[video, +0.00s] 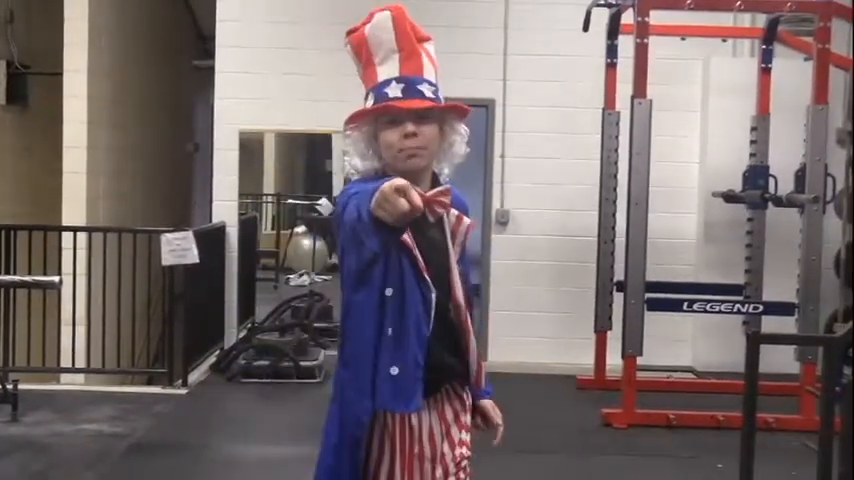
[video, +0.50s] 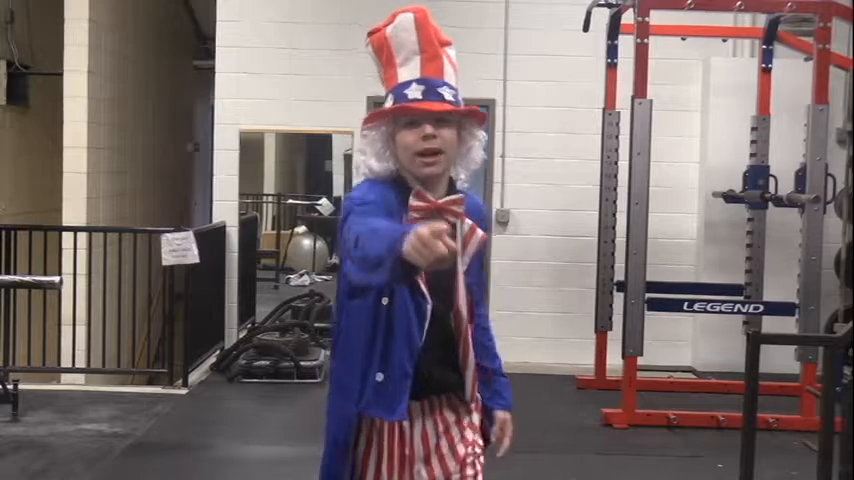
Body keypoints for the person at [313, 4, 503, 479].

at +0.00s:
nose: (409, 133)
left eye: (423, 120)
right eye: (392, 123)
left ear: (444, 132)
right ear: (372, 138)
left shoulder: (452, 206)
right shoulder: (359, 196)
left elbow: (462, 306)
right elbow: (360, 207)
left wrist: (478, 390)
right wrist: (385, 205)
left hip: (450, 404)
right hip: (389, 410)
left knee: (452, 473)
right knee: (392, 473)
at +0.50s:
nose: (428, 133)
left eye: (442, 121)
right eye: (411, 123)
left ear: (462, 136)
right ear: (389, 140)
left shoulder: (472, 211)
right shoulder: (370, 201)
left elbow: (475, 313)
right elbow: (363, 241)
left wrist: (497, 395)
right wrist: (405, 244)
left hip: (453, 413)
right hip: (384, 417)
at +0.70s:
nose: (452, 127)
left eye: (466, 116)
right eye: (437, 116)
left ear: (487, 130)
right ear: (416, 128)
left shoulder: (502, 212)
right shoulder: (382, 203)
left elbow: (514, 323)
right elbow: (350, 309)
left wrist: (530, 413)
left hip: (474, 422)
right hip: (390, 424)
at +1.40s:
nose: (400, 114)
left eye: (415, 103)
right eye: (384, 102)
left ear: (437, 121)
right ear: (362, 119)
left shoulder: (460, 210)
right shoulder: (320, 211)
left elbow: (480, 319)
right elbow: (293, 338)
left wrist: (504, 410)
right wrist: (292, 462)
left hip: (435, 423)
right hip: (346, 425)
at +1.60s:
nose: (399, 114)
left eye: (414, 103)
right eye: (383, 102)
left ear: (436, 119)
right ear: (361, 120)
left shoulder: (465, 209)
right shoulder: (324, 211)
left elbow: (495, 315)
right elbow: (299, 335)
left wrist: (516, 407)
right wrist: (315, 459)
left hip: (441, 425)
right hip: (351, 426)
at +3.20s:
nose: (434, 115)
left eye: (454, 108)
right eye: (427, 100)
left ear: (481, 132)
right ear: (408, 109)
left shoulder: (494, 217)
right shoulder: (356, 200)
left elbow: (575, 262)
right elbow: (308, 325)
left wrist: (508, 171)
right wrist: (293, 461)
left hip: (462, 435)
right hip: (366, 437)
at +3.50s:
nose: (431, 112)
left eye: (452, 107)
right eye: (426, 99)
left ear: (478, 135)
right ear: (407, 111)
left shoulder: (485, 222)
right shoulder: (350, 199)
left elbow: (564, 282)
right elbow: (298, 320)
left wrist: (510, 181)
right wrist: (269, 455)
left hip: (452, 435)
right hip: (360, 434)